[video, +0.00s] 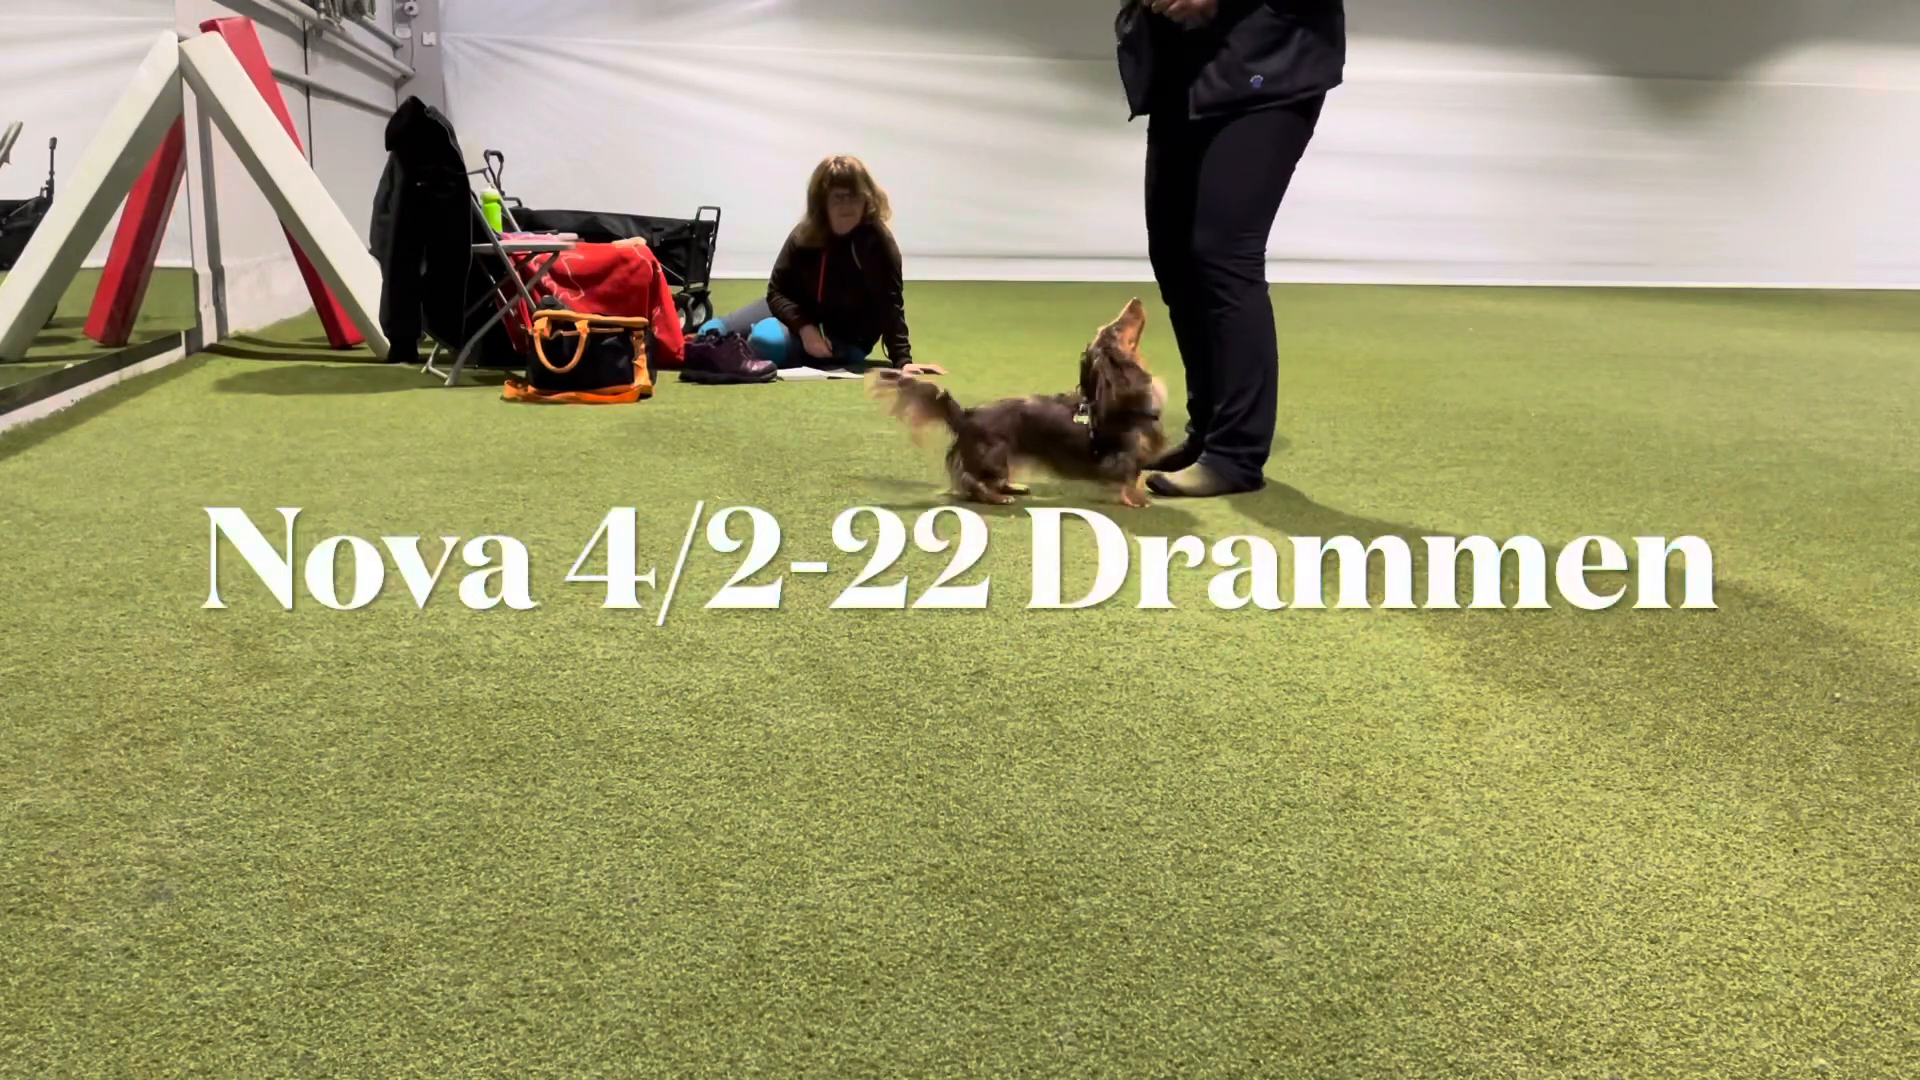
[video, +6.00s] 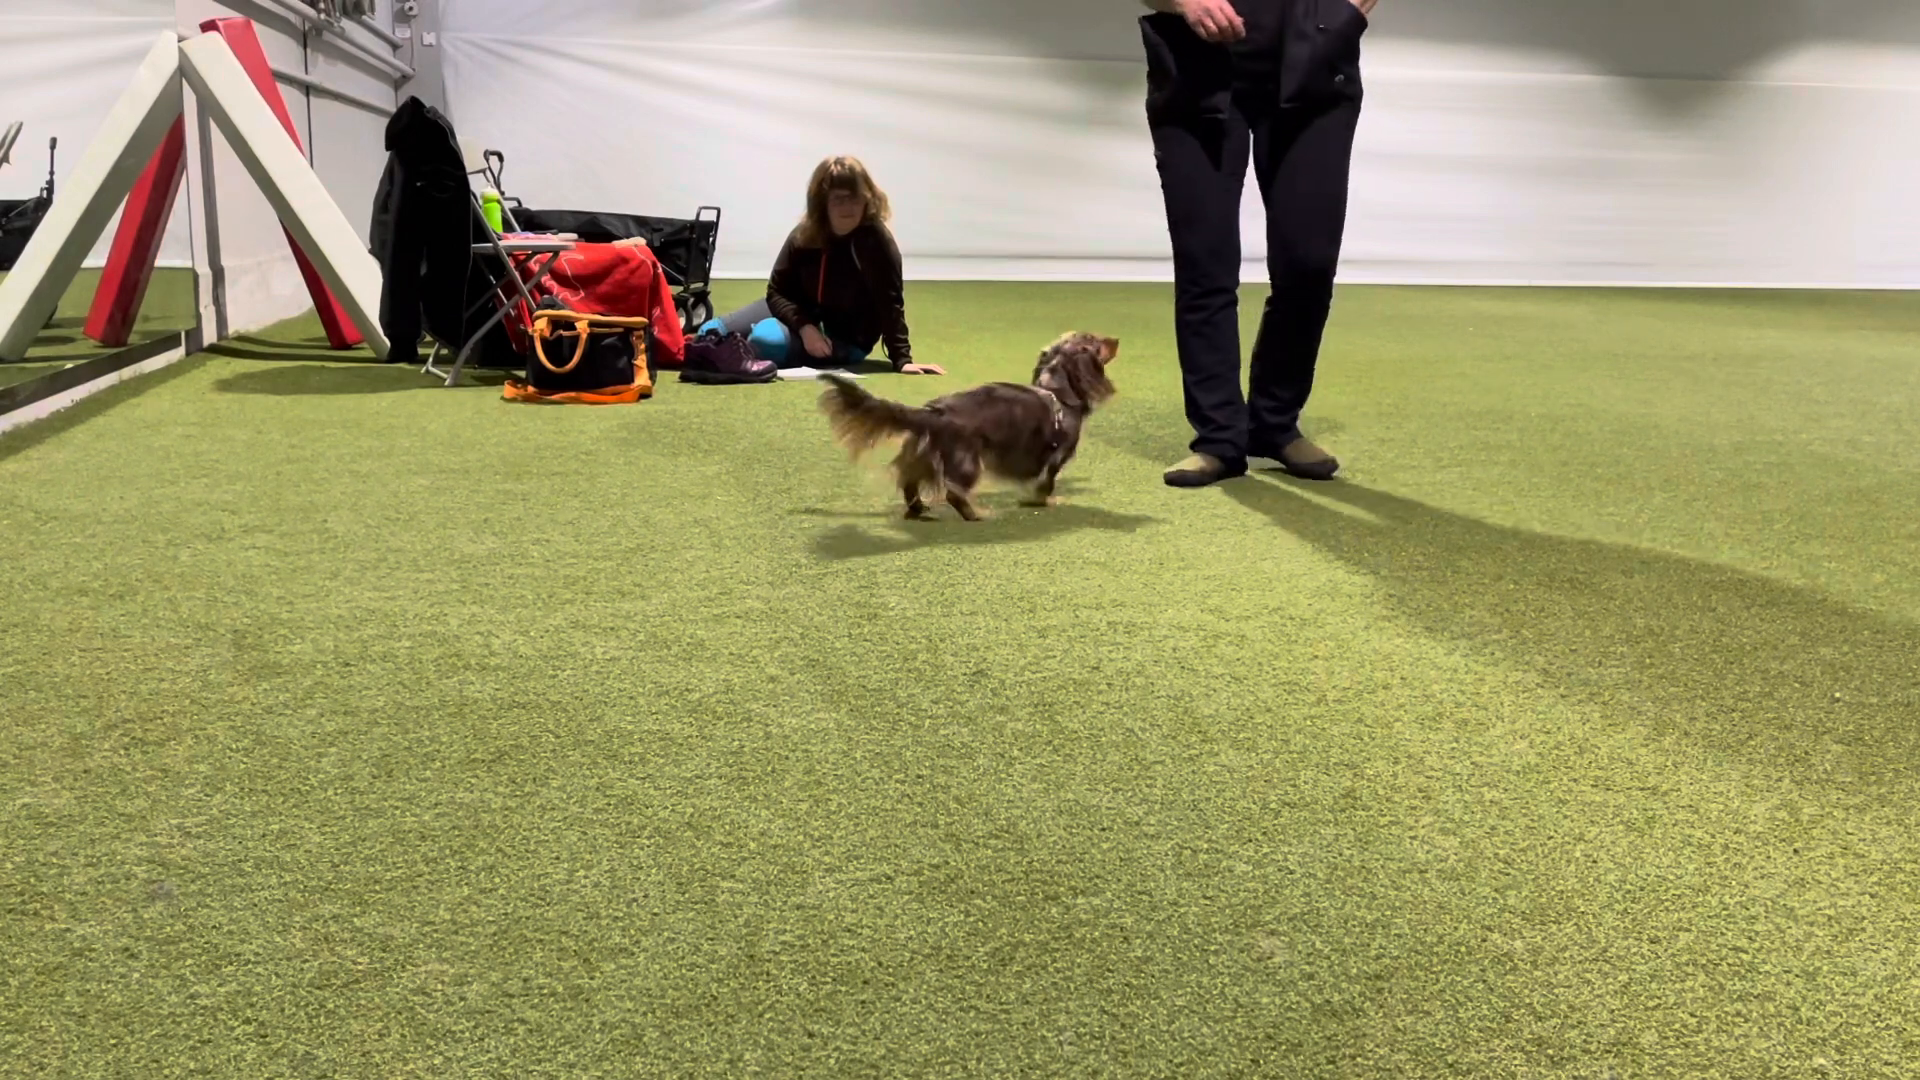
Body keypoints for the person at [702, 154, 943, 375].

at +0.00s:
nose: (846, 205)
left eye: (854, 196)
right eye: (838, 197)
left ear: (866, 201)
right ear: (822, 201)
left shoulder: (878, 242)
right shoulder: (804, 237)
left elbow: (891, 303)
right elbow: (778, 292)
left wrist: (903, 361)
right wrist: (804, 327)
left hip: (840, 338)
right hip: (794, 314)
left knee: (763, 337)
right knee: (714, 331)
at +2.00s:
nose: (848, 205)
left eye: (855, 196)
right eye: (839, 197)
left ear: (867, 200)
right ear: (822, 201)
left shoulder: (878, 242)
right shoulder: (804, 237)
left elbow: (891, 302)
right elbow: (777, 293)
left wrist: (903, 361)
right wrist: (804, 327)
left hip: (841, 338)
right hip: (794, 313)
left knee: (764, 338)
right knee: (712, 332)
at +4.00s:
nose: (848, 206)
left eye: (855, 197)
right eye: (839, 198)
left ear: (867, 200)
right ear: (823, 202)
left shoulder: (879, 243)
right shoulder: (804, 237)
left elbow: (892, 302)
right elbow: (777, 292)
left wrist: (902, 360)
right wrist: (804, 328)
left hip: (843, 337)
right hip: (796, 313)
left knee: (764, 337)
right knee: (715, 330)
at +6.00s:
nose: (847, 205)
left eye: (854, 197)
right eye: (838, 198)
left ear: (866, 200)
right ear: (822, 202)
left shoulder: (877, 242)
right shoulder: (804, 237)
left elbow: (891, 302)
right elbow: (777, 292)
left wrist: (902, 360)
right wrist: (804, 328)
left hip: (842, 337)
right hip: (796, 313)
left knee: (765, 336)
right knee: (711, 332)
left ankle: (731, 345)